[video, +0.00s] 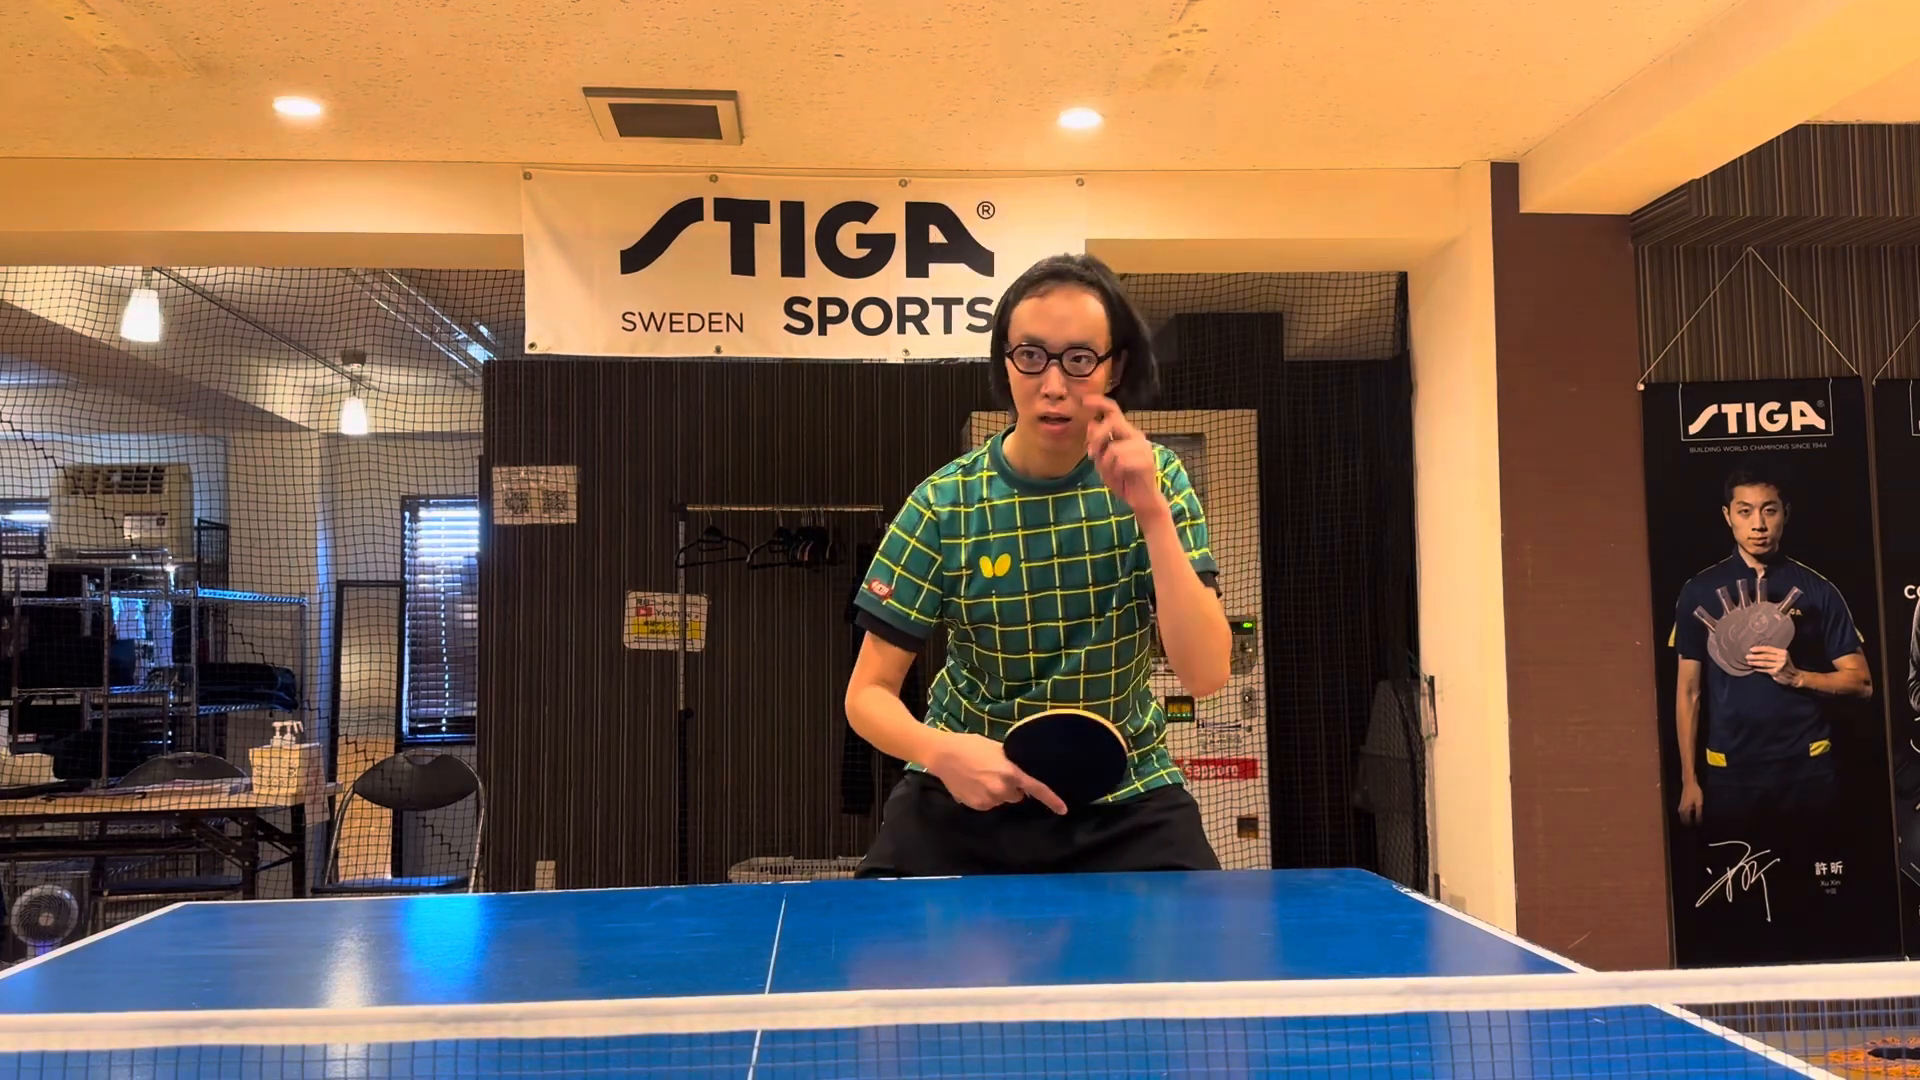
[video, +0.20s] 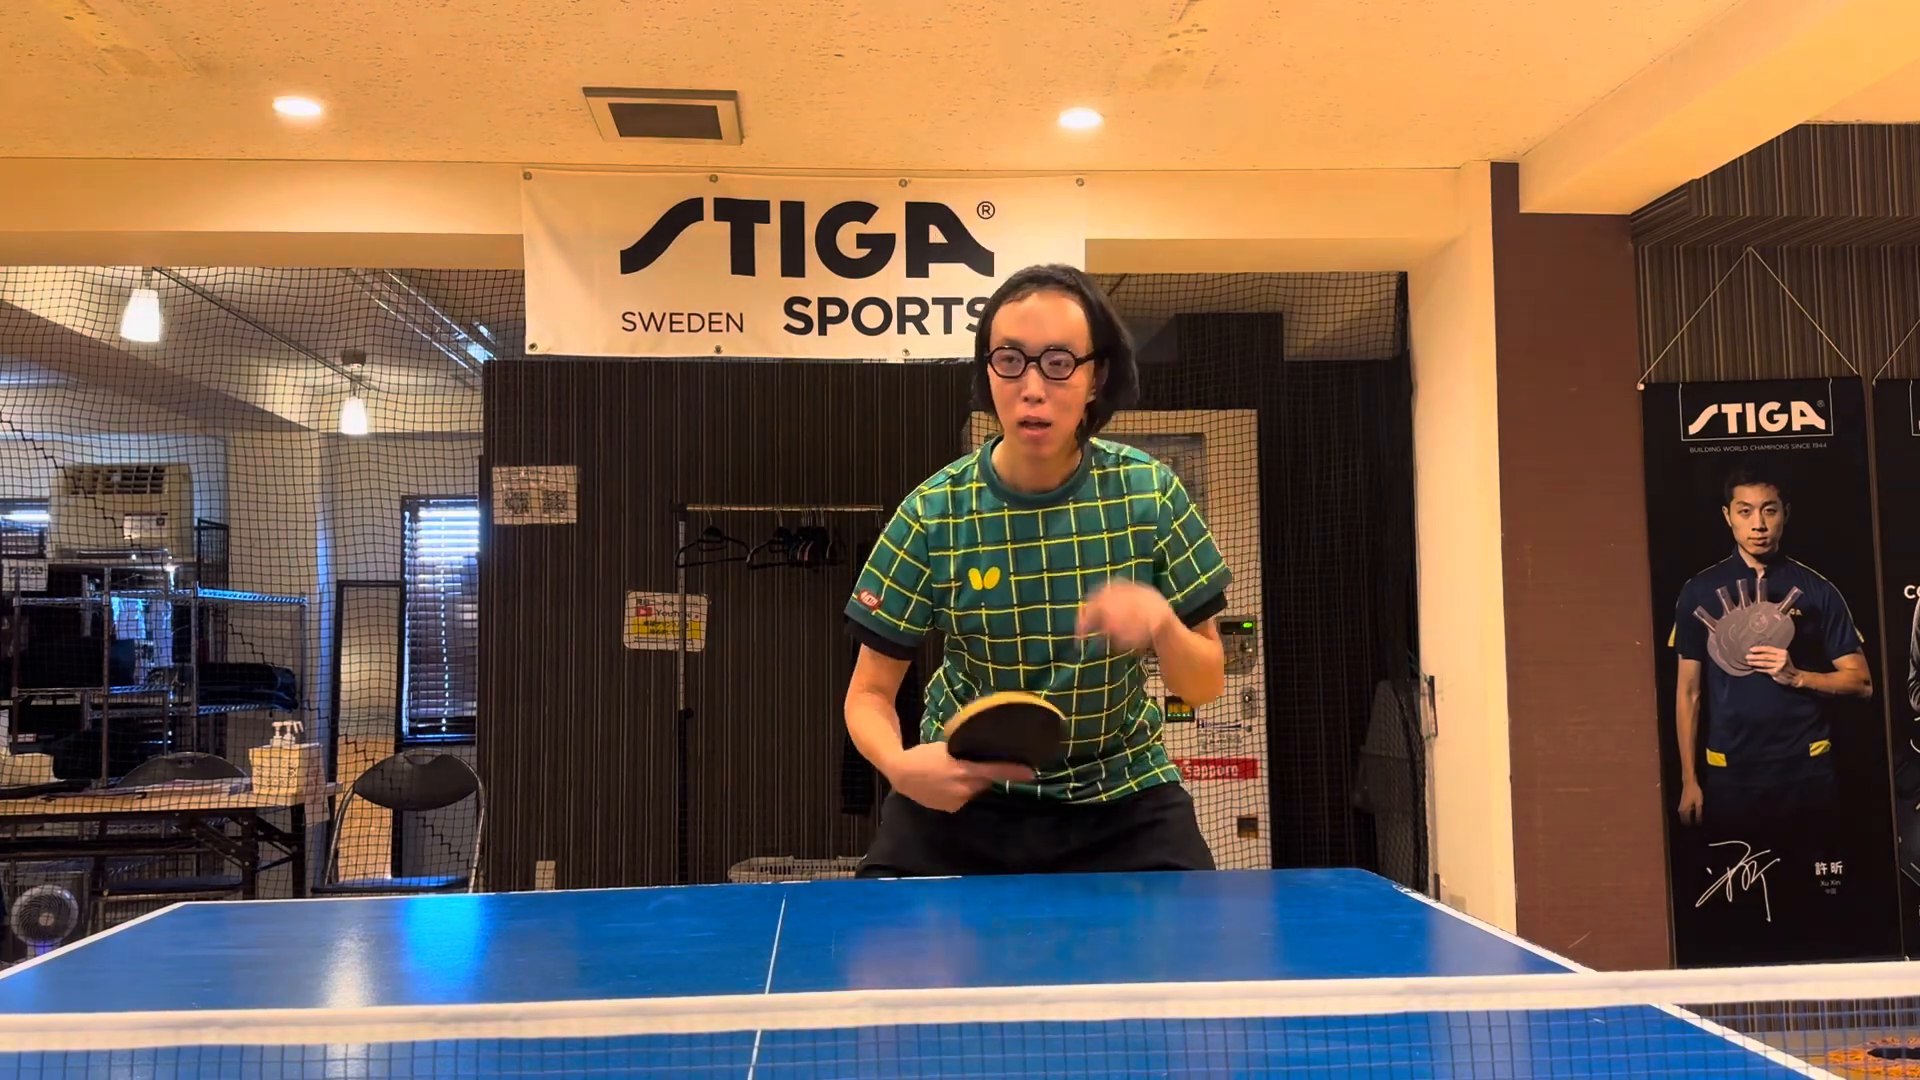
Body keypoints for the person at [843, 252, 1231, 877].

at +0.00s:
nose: (1053, 386)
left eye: (1079, 360)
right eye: (1031, 357)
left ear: (1116, 369)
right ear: (1004, 365)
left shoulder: (1154, 480)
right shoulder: (944, 504)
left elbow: (1204, 673)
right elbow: (867, 694)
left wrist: (1153, 516)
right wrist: (939, 752)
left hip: (1127, 792)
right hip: (959, 799)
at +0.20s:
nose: (1032, 387)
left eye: (1058, 363)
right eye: (1010, 361)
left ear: (1096, 378)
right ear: (986, 374)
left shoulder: (1149, 493)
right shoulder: (933, 513)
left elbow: (1203, 684)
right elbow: (869, 694)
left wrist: (1162, 623)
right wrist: (898, 767)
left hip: (1121, 792)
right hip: (962, 796)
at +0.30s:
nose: (1028, 394)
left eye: (1053, 369)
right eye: (1006, 367)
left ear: (1091, 383)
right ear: (982, 380)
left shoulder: (1149, 502)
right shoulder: (927, 521)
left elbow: (1202, 651)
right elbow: (873, 692)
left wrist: (1156, 668)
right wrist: (876, 760)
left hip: (1123, 811)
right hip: (956, 813)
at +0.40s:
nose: (1030, 400)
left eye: (1056, 371)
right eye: (1007, 370)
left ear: (1094, 383)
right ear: (983, 383)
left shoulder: (1149, 505)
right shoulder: (930, 522)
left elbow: (1197, 651)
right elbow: (879, 682)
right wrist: (862, 758)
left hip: (1110, 812)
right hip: (953, 808)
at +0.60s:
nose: (1052, 384)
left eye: (1078, 360)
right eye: (1030, 358)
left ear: (1116, 374)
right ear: (1006, 371)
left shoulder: (1173, 502)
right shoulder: (953, 510)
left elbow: (1212, 676)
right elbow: (891, 673)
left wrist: (1212, 831)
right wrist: (880, 724)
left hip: (1131, 805)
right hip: (968, 802)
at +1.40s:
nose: (1031, 359)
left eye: (1056, 338)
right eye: (1011, 338)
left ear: (1094, 361)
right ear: (987, 358)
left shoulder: (1154, 501)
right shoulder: (936, 503)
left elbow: (1207, 695)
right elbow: (934, 710)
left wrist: (1225, 868)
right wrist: (875, 635)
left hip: (1135, 801)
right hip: (974, 799)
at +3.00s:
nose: (1129, 406)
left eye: (1154, 382)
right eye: (1105, 379)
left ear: (1182, 394)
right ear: (1074, 389)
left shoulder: (1223, 521)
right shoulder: (1005, 516)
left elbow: (1256, 713)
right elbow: (898, 696)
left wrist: (1269, 875)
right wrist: (968, 704)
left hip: (1174, 801)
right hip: (1012, 798)